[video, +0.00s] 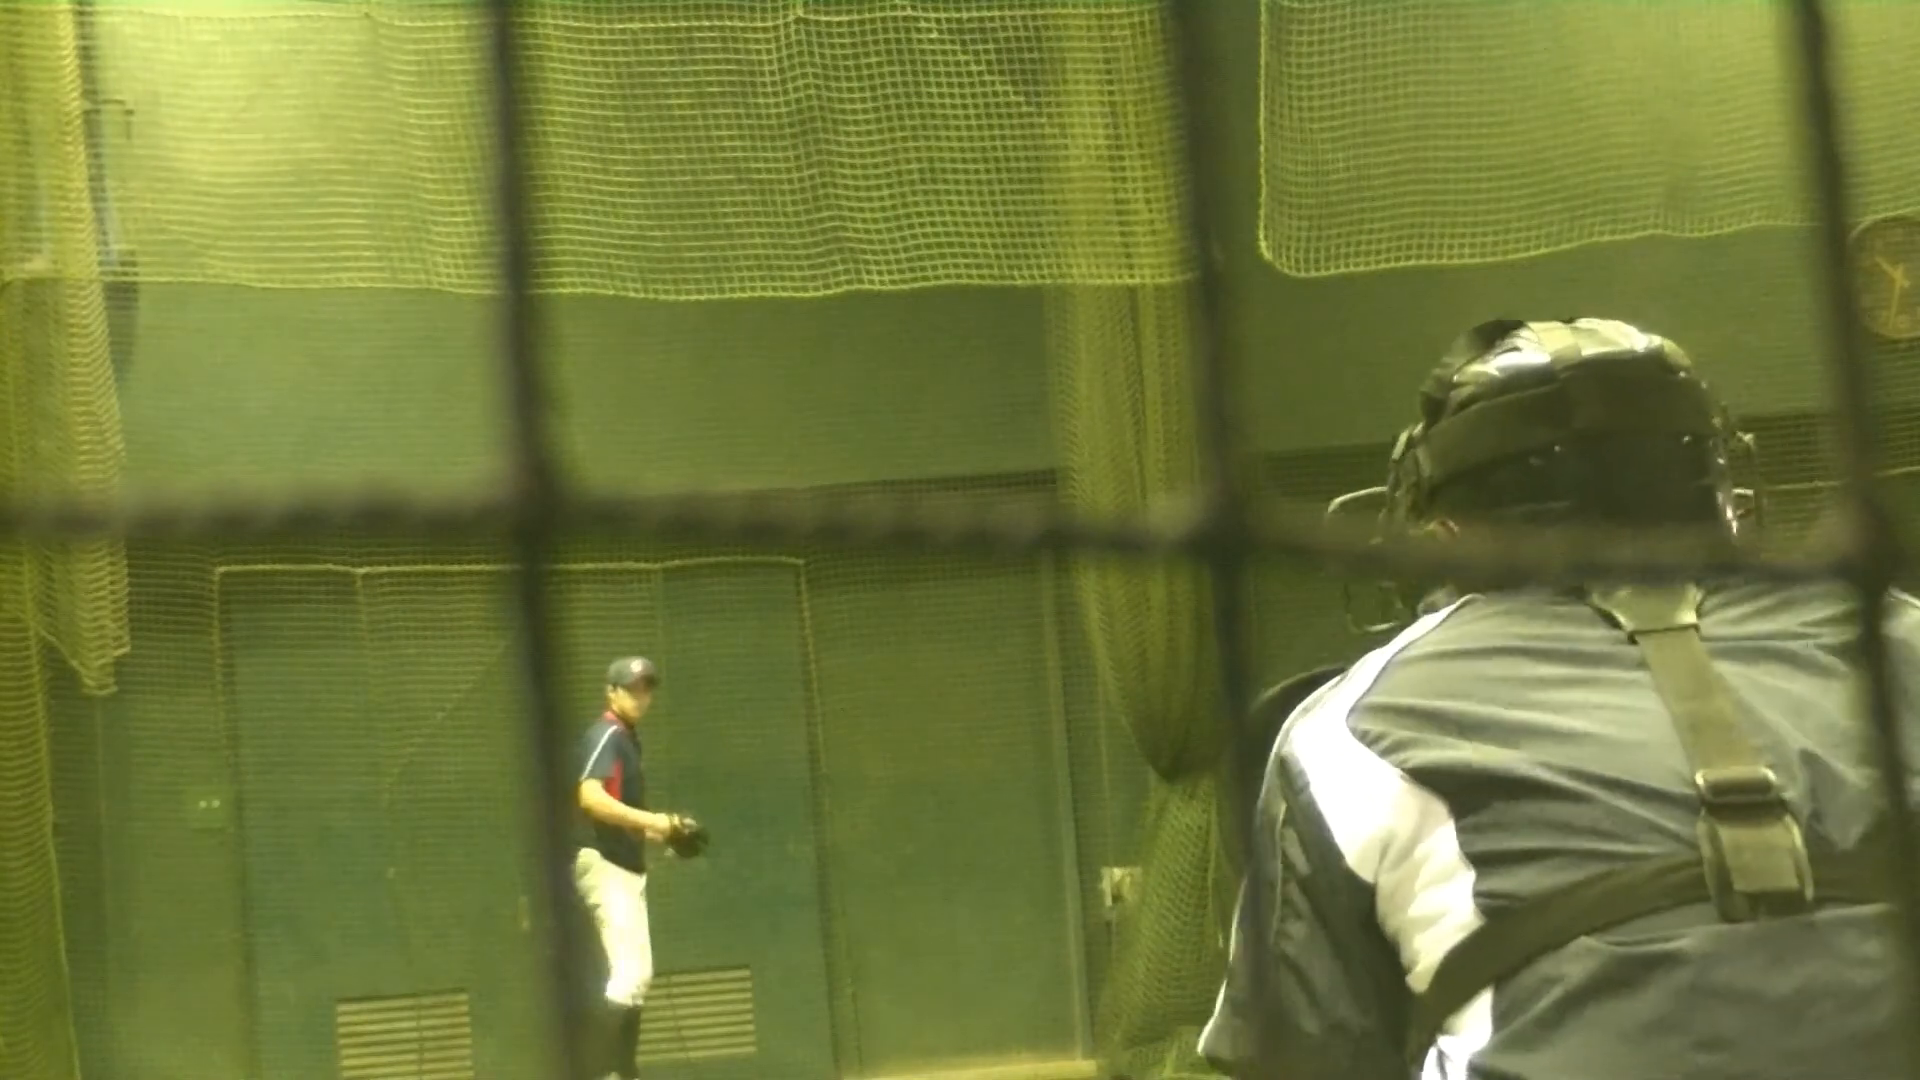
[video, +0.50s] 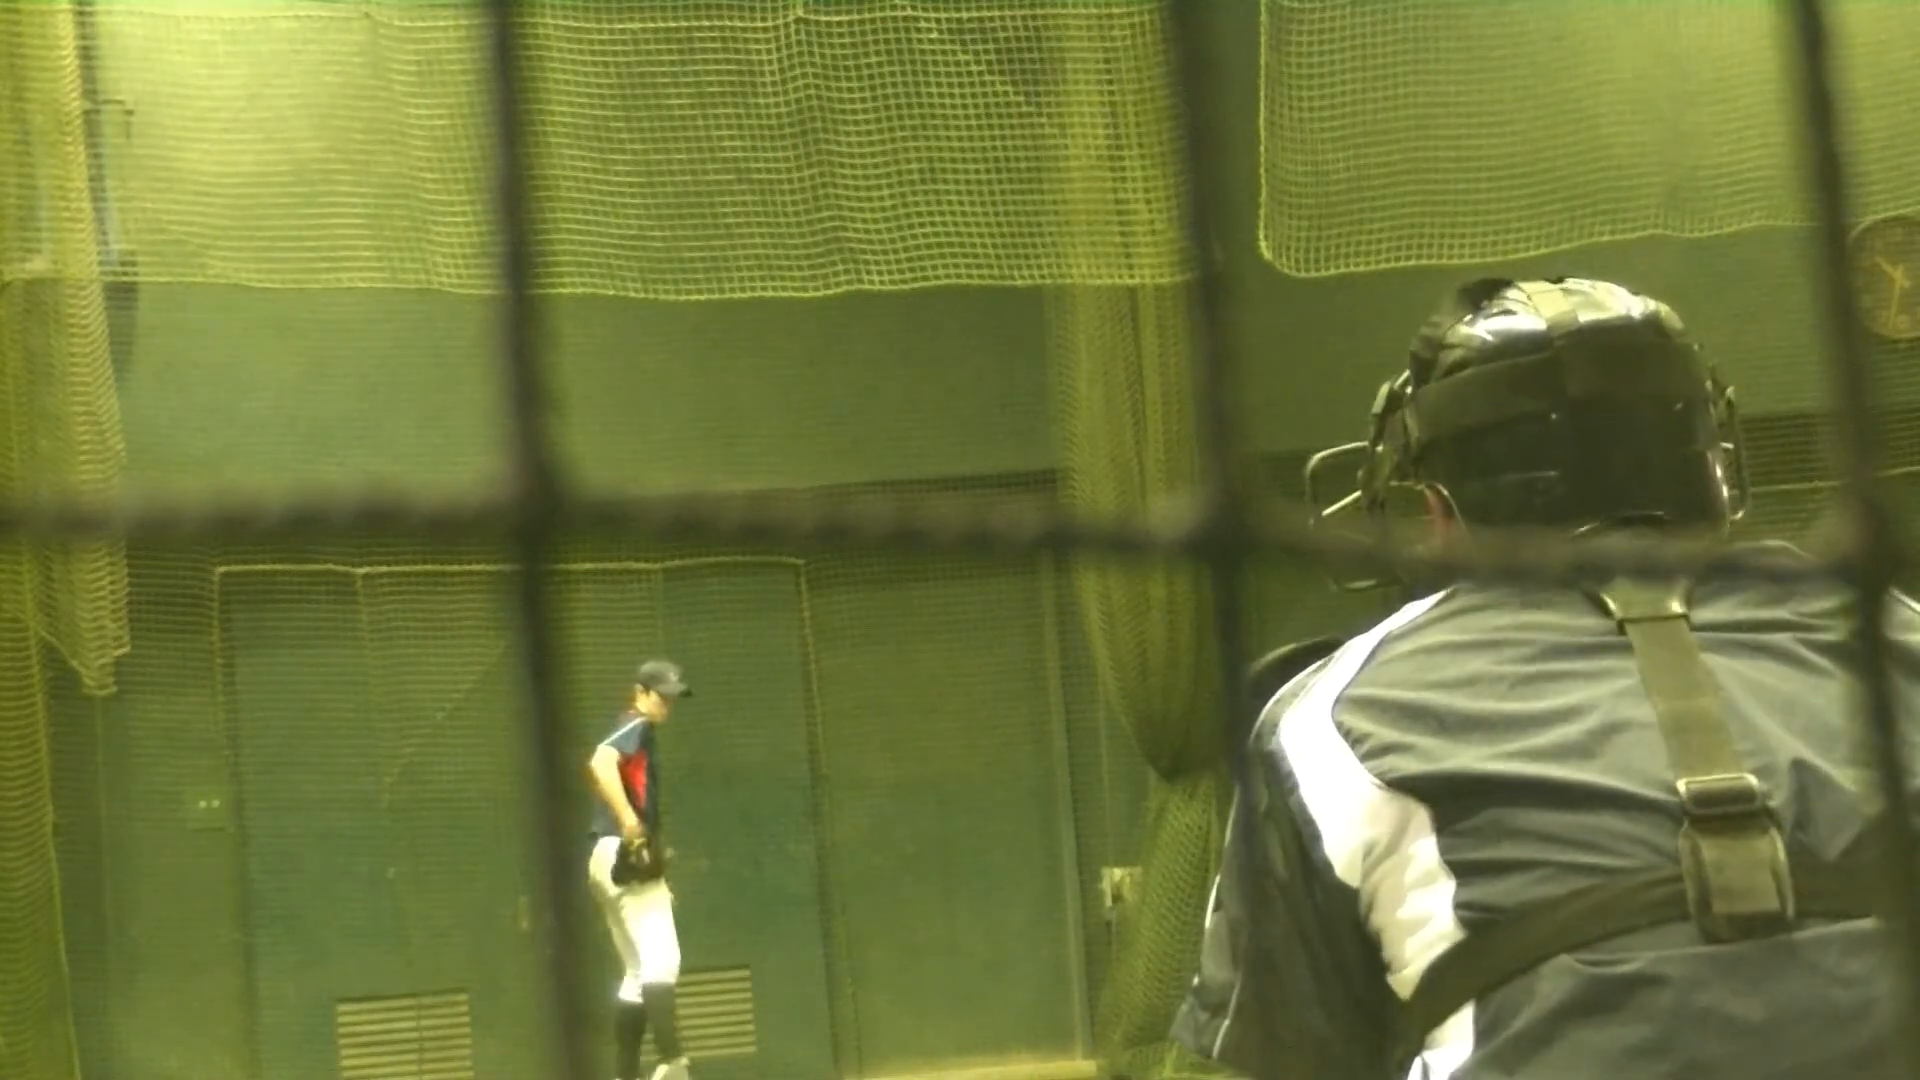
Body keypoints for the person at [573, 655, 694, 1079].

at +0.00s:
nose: (643, 698)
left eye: (648, 690)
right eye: (635, 690)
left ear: (651, 695)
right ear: (613, 692)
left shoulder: (626, 737)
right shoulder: (607, 734)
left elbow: (616, 809)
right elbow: (591, 797)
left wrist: (662, 831)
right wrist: (656, 822)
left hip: (623, 868)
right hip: (605, 866)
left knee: (633, 973)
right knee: (631, 972)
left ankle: (621, 1069)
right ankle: (604, 1070)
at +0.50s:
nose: (669, 706)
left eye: (672, 699)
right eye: (665, 698)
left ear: (646, 696)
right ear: (642, 694)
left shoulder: (634, 728)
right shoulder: (637, 727)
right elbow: (602, 763)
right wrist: (630, 824)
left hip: (613, 852)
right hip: (629, 852)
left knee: (636, 968)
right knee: (661, 955)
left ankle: (627, 1071)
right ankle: (672, 1060)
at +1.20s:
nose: (708, 717)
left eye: (710, 709)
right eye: (699, 709)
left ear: (678, 713)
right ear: (676, 710)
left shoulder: (660, 747)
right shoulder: (674, 751)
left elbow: (631, 813)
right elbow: (639, 809)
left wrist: (655, 878)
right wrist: (648, 878)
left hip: (626, 870)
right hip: (638, 871)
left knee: (662, 975)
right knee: (682, 979)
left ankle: (637, 1068)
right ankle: (666, 1072)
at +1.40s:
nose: (703, 731)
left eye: (706, 723)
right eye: (694, 723)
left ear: (710, 724)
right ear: (671, 723)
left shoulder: (656, 759)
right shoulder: (669, 764)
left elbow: (662, 845)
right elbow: (671, 838)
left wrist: (687, 895)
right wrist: (712, 900)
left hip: (616, 881)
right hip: (629, 883)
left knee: (659, 982)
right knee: (685, 982)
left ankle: (634, 1072)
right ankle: (667, 1072)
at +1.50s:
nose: (696, 734)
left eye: (699, 726)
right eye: (688, 726)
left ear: (702, 727)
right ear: (664, 727)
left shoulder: (649, 764)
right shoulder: (666, 769)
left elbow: (681, 846)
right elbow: (689, 842)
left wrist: (723, 887)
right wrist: (745, 892)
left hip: (613, 886)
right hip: (628, 888)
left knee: (661, 982)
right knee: (684, 983)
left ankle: (635, 1073)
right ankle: (668, 1072)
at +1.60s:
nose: (687, 735)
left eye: (690, 727)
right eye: (678, 727)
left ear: (691, 729)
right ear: (655, 730)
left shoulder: (644, 767)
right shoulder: (662, 773)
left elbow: (696, 836)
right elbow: (702, 836)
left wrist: (758, 859)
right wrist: (768, 866)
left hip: (611, 891)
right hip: (624, 893)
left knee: (663, 983)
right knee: (684, 983)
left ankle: (636, 1073)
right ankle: (665, 1073)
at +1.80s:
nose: (680, 744)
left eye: (682, 736)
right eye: (670, 737)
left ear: (683, 737)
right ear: (648, 741)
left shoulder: (637, 775)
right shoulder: (661, 782)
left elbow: (706, 811)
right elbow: (730, 827)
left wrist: (754, 793)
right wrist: (776, 805)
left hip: (608, 904)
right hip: (623, 905)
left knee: (671, 984)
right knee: (696, 987)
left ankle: (638, 1074)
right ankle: (668, 1073)